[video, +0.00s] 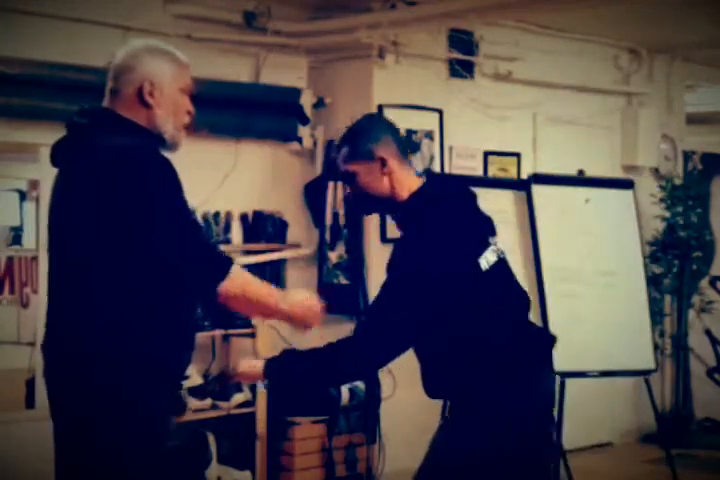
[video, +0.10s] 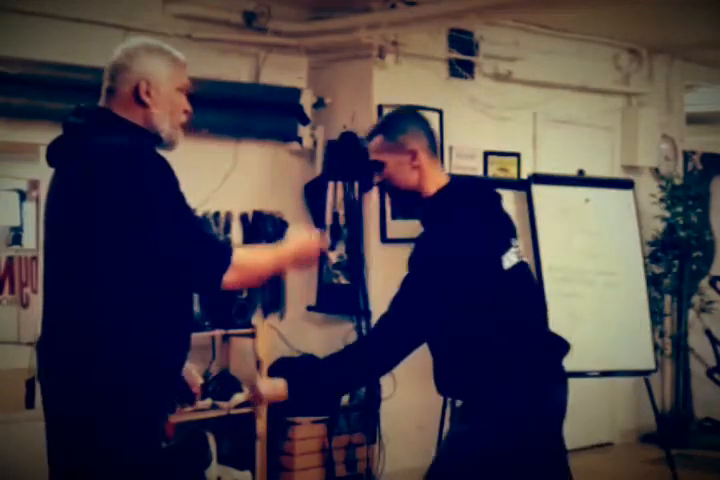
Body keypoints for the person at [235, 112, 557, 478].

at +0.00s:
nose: (352, 190)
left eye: (353, 177)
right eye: (348, 179)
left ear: (385, 165)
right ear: (387, 163)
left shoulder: (426, 238)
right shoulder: (449, 199)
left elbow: (372, 348)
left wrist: (271, 371)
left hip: (488, 395)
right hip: (522, 376)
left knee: (438, 472)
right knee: (529, 470)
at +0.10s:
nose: (378, 180)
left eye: (382, 167)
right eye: (375, 169)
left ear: (415, 156)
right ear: (418, 157)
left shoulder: (449, 230)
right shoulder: (474, 199)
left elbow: (392, 339)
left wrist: (296, 384)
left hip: (499, 396)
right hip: (533, 382)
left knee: (448, 472)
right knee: (546, 473)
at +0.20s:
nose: (410, 169)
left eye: (418, 156)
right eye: (408, 159)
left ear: (455, 151)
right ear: (456, 153)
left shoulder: (481, 221)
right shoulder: (508, 198)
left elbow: (425, 335)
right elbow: (552, 307)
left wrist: (342, 405)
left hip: (510, 398)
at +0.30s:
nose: (452, 158)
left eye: (460, 145)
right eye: (453, 147)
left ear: (497, 146)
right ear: (496, 147)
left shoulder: (514, 216)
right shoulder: (539, 202)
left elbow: (479, 345)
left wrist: (398, 412)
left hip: (539, 396)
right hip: (569, 385)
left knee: (498, 472)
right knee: (574, 473)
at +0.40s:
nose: (485, 148)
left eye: (493, 135)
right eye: (486, 137)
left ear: (531, 139)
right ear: (530, 141)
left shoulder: (543, 209)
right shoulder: (567, 197)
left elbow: (533, 347)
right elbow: (557, 295)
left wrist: (463, 402)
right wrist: (499, 311)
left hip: (554, 395)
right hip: (584, 382)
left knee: (525, 471)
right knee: (581, 470)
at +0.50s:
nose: (509, 139)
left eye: (518, 127)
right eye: (511, 128)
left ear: (556, 132)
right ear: (553, 135)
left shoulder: (568, 196)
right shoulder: (573, 189)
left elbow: (560, 312)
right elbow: (562, 287)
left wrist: (503, 381)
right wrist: (514, 308)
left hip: (572, 378)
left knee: (536, 470)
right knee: (587, 469)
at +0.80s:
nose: (546, 126)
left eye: (557, 115)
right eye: (548, 116)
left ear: (594, 122)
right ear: (590, 125)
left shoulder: (604, 185)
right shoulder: (597, 182)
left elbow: (593, 314)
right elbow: (588, 290)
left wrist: (522, 327)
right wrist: (537, 298)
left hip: (594, 368)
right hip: (601, 361)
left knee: (566, 465)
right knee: (601, 462)